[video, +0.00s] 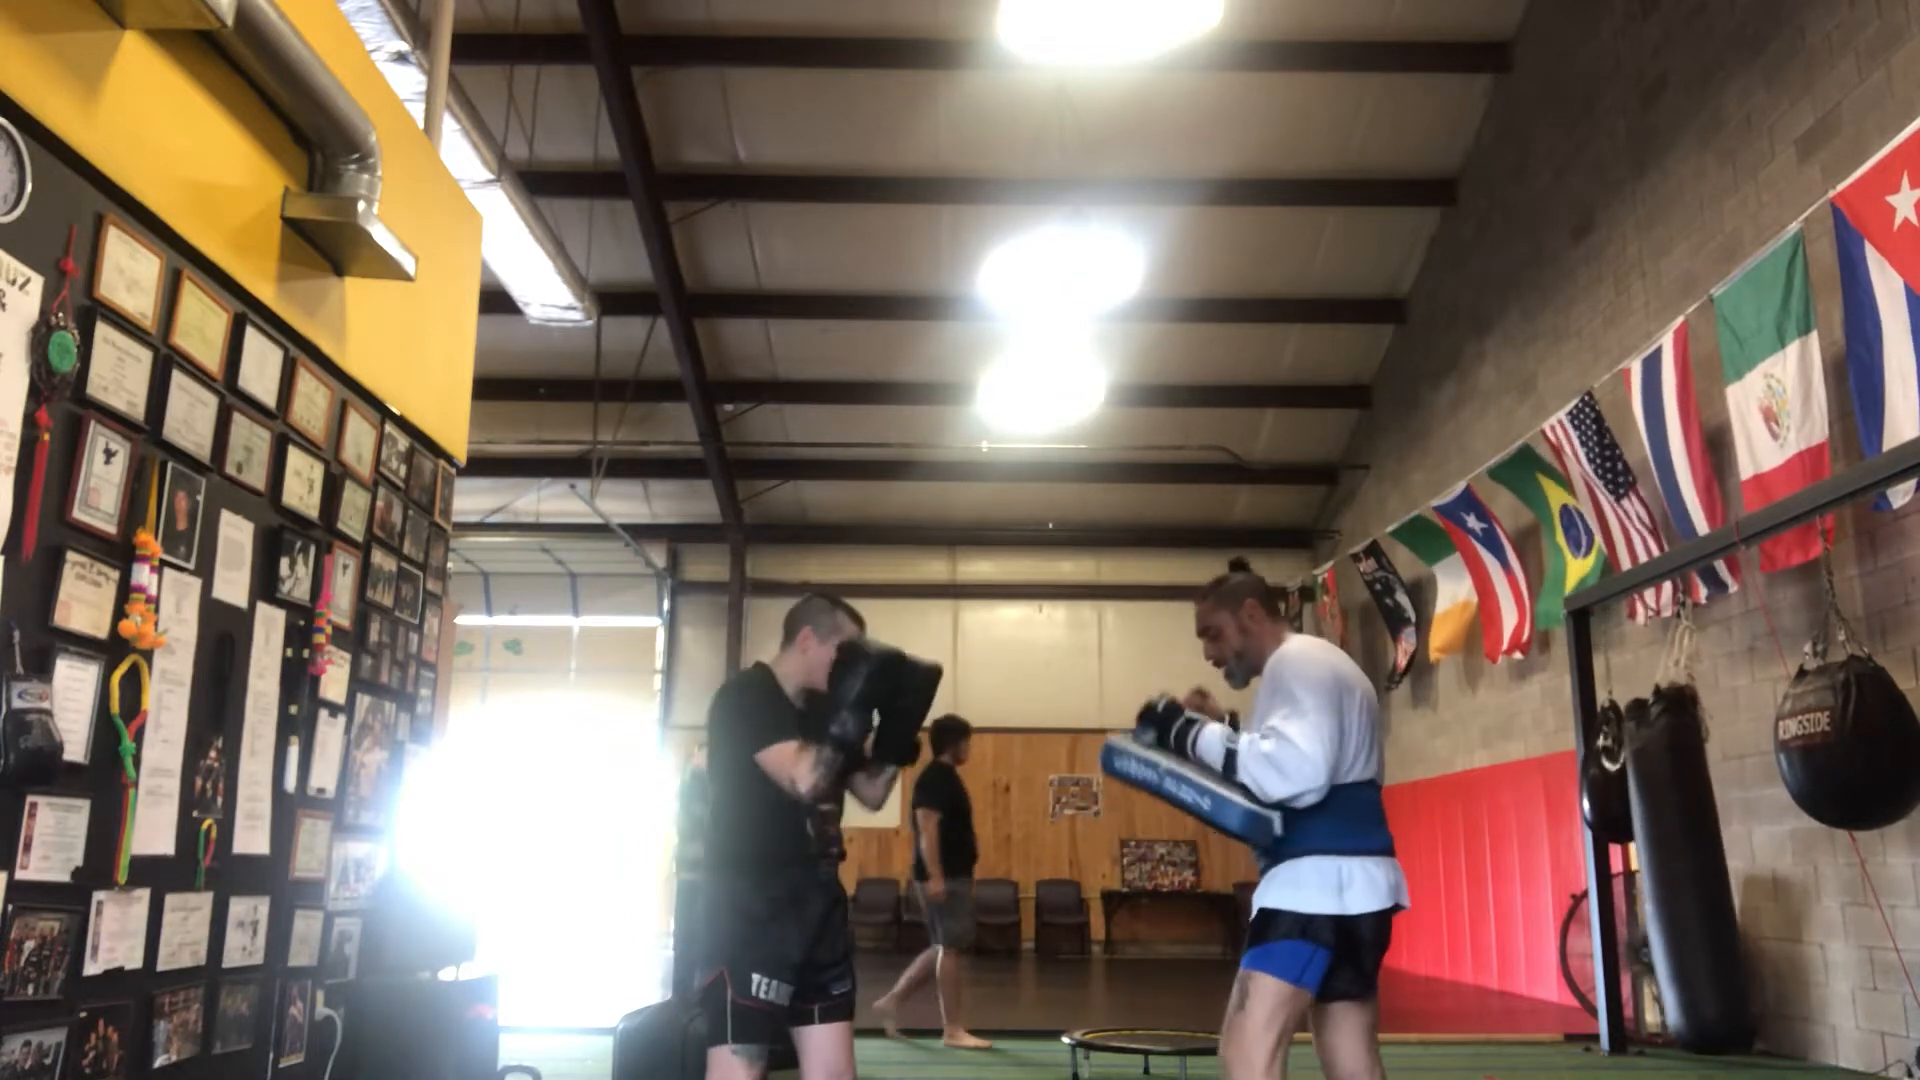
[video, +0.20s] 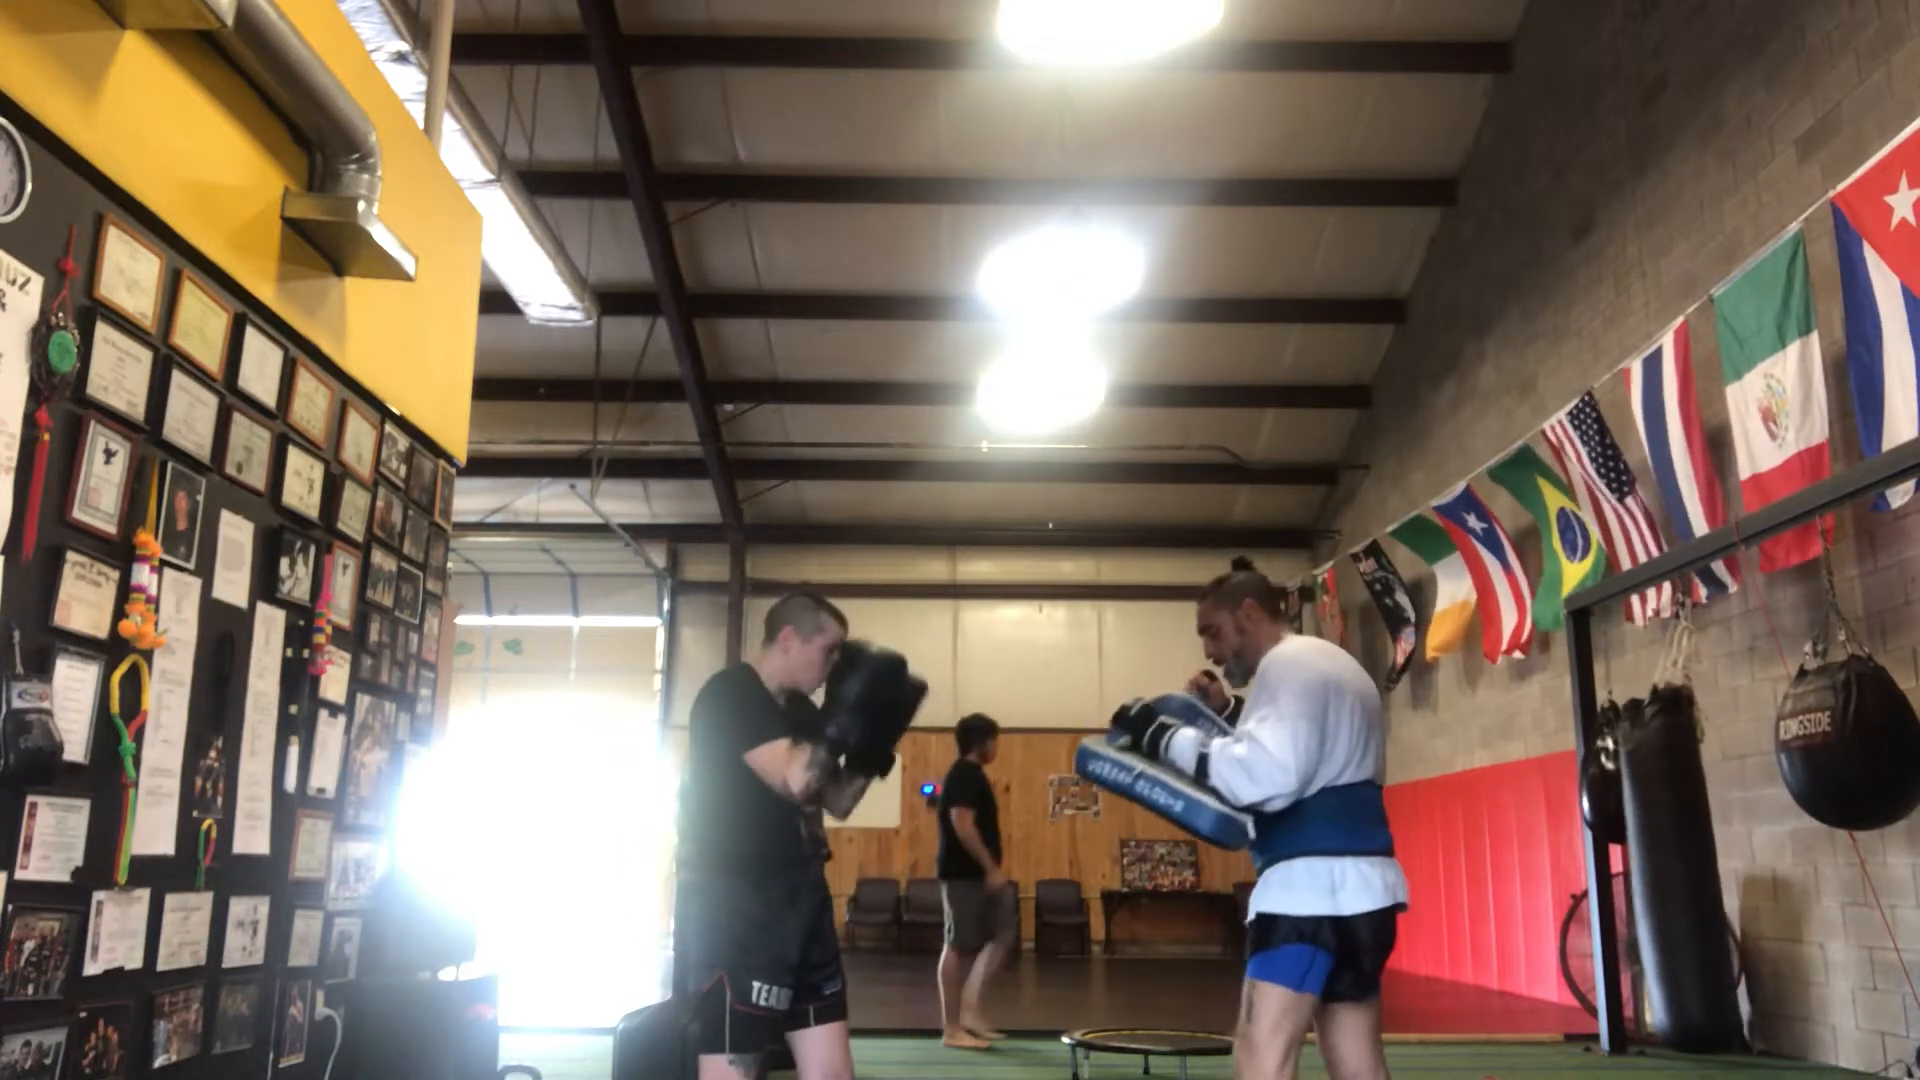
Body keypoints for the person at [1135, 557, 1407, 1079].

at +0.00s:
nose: (1208, 653)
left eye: (1212, 634)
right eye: (1203, 640)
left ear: (1251, 614)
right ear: (1252, 616)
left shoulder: (1297, 663)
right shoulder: (1333, 664)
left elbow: (1291, 771)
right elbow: (1307, 769)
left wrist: (1188, 733)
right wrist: (1224, 726)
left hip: (1312, 886)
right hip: (1361, 886)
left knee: (1247, 1053)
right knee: (1352, 1062)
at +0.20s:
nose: (1208, 648)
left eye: (1211, 632)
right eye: (1204, 636)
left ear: (1249, 614)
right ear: (1251, 615)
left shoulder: (1289, 665)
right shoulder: (1338, 665)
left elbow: (1265, 774)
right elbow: (1306, 764)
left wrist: (1161, 738)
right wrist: (1228, 712)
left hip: (1307, 892)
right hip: (1364, 889)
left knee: (1261, 1059)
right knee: (1357, 1064)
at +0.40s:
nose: (1193, 645)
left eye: (1194, 629)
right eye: (1187, 632)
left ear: (1229, 611)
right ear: (1241, 609)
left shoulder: (1255, 668)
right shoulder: (1334, 663)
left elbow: (1208, 773)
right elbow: (1295, 758)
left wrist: (1105, 736)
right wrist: (1219, 712)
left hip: (1285, 895)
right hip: (1356, 889)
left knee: (1255, 1065)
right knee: (1352, 1062)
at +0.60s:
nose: (1176, 645)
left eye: (1177, 627)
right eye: (1172, 631)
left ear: (1208, 608)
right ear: (1230, 611)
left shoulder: (1221, 668)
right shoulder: (1325, 662)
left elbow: (1115, 726)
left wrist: (1005, 696)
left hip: (1267, 892)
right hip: (1347, 887)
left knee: (1233, 1065)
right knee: (1339, 1058)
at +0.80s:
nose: (1164, 644)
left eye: (1164, 629)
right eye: (1159, 631)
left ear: (1196, 609)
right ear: (1217, 606)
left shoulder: (1213, 665)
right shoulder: (1316, 660)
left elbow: (1120, 729)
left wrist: (1039, 666)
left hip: (1261, 890)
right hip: (1341, 885)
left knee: (1239, 1063)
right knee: (1329, 1050)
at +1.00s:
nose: (1170, 639)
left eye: (1173, 622)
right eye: (1166, 626)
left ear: (1210, 608)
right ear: (1216, 607)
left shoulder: (1242, 660)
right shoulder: (1315, 661)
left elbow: (1216, 768)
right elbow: (1290, 760)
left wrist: (1111, 736)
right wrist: (1205, 718)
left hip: (1269, 892)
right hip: (1336, 886)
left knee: (1246, 1065)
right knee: (1338, 1060)